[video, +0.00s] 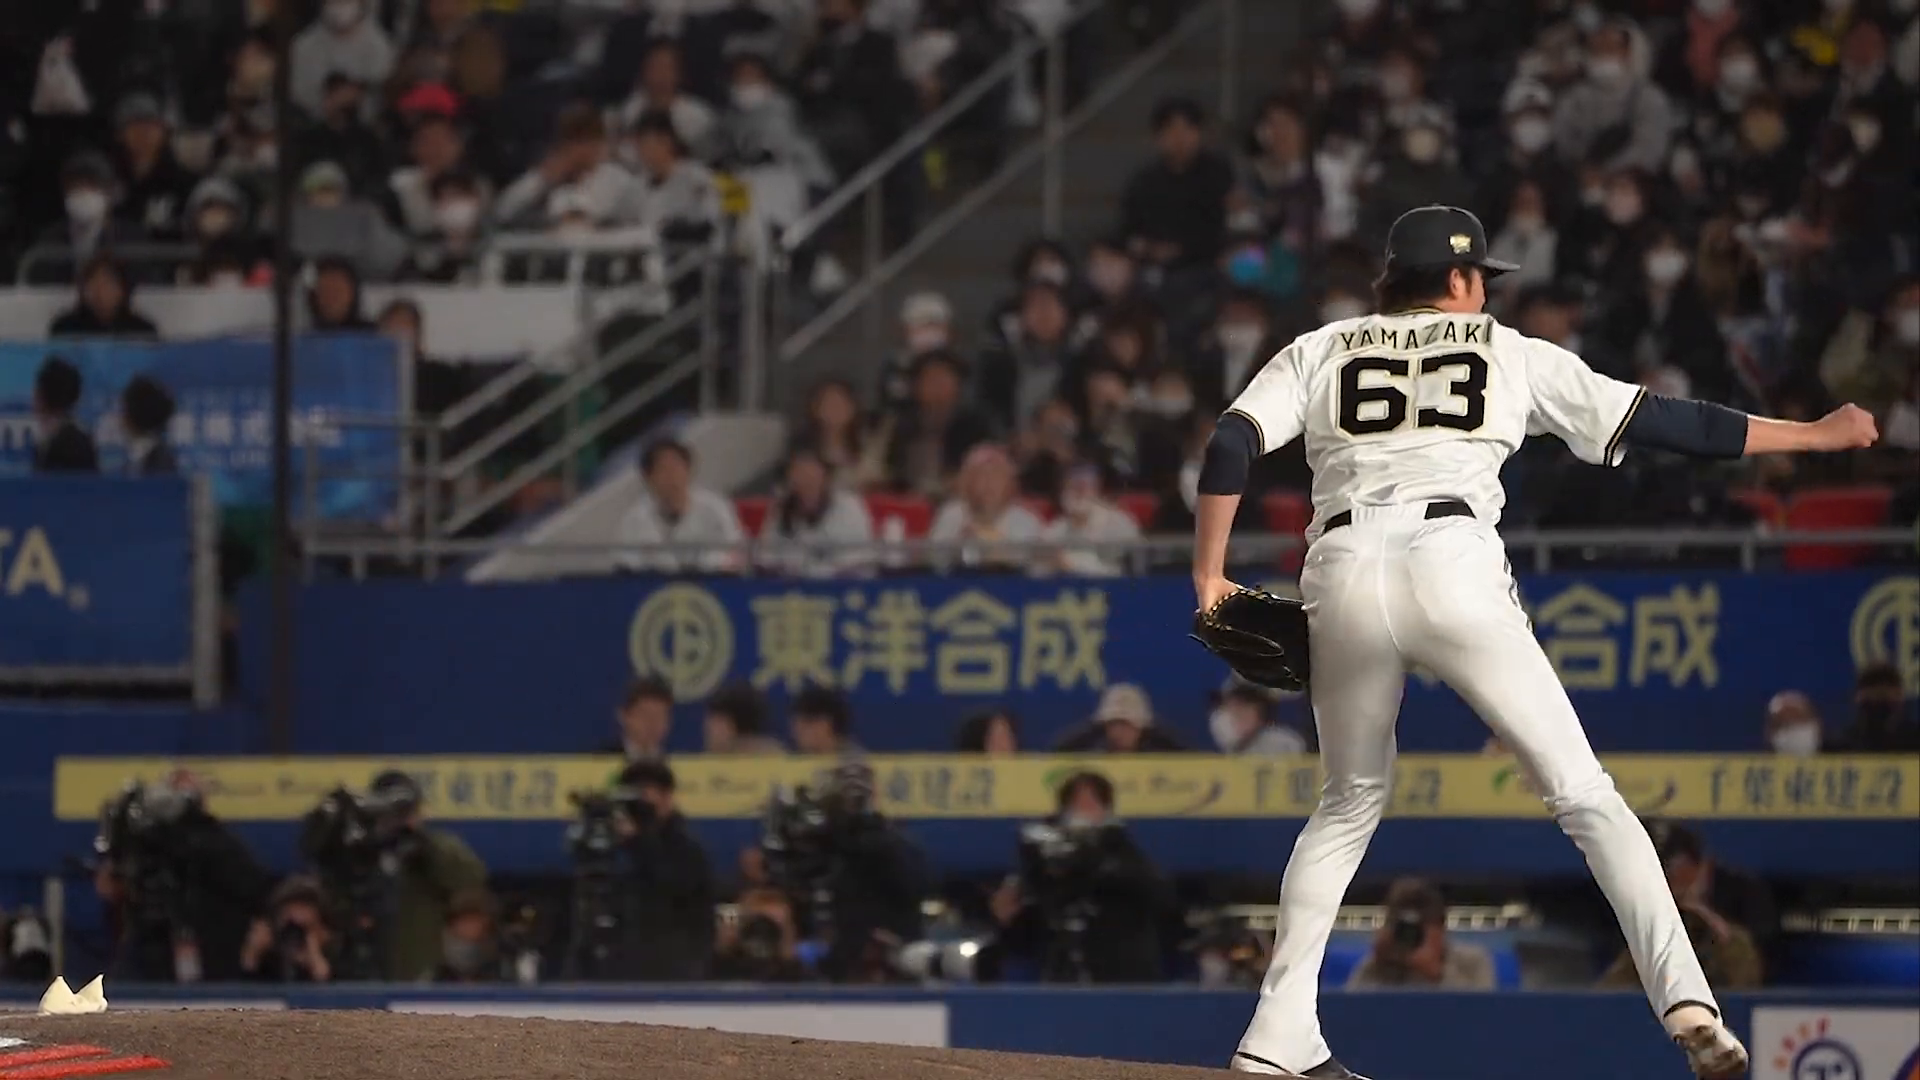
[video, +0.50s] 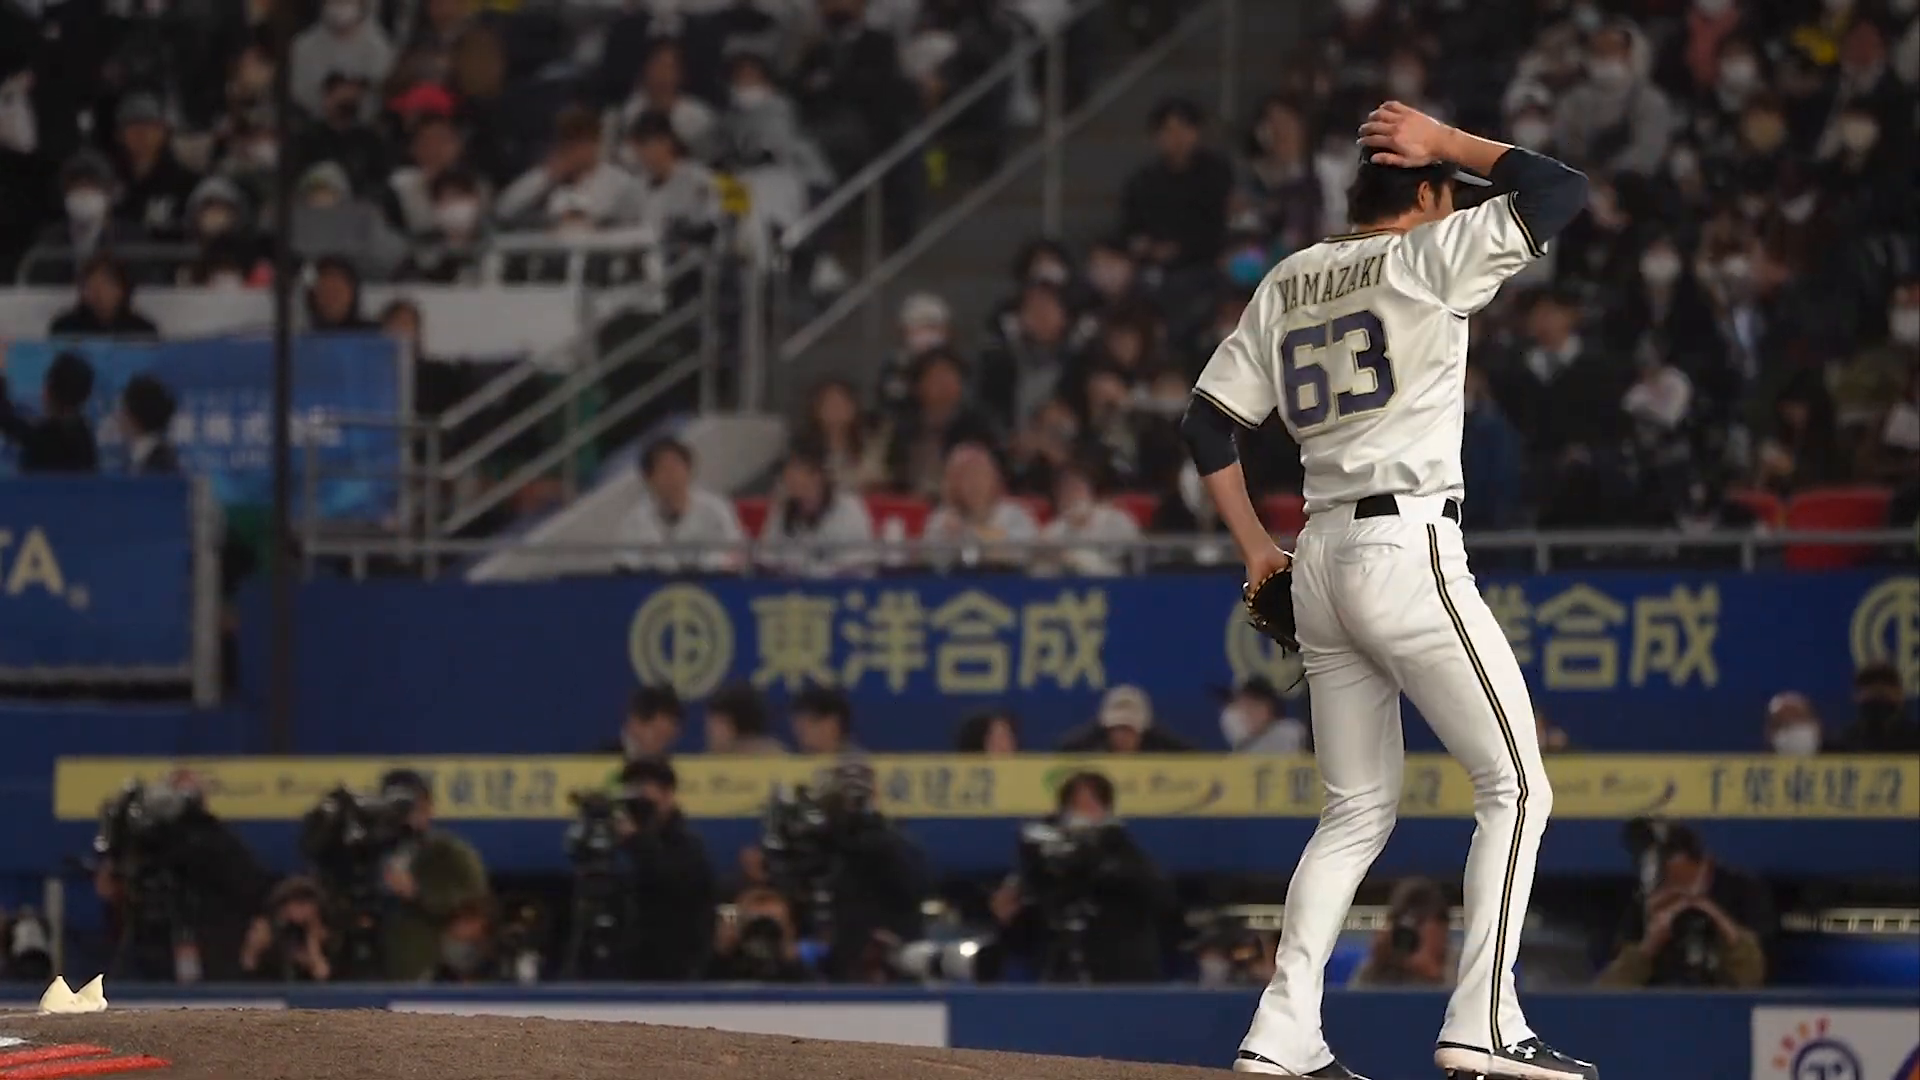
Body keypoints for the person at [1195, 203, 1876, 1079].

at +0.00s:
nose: (1486, 287)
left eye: (1480, 273)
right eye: (1480, 274)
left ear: (1392, 280)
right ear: (1462, 279)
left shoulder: (1322, 347)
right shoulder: (1513, 351)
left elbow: (1229, 444)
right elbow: (1665, 421)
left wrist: (1208, 576)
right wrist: (1816, 435)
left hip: (1338, 564)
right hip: (1455, 556)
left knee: (1345, 804)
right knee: (1581, 795)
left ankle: (1278, 1035)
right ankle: (1685, 1000)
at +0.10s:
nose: (1518, 317)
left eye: (1511, 305)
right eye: (1510, 305)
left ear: (1431, 317)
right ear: (1495, 314)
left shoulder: (1371, 395)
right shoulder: (1555, 377)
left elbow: (1286, 490)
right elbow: (1718, 384)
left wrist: (1278, 621)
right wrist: (1831, 311)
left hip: (1399, 630)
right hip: (1518, 628)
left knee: (1388, 829)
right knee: (1610, 871)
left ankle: (1283, 1026)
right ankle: (1688, 1064)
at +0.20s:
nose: (1536, 312)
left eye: (1529, 297)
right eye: (1532, 298)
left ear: (1443, 310)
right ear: (1515, 304)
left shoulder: (1389, 399)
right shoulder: (1572, 371)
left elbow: (1305, 510)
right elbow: (1735, 355)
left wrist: (1305, 631)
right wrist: (1750, 251)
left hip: (1412, 636)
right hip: (1529, 639)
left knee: (1419, 842)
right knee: (1645, 870)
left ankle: (1295, 1014)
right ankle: (1691, 1064)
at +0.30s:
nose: (1520, 243)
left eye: (1515, 227)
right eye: (1516, 228)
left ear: (1430, 235)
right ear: (1499, 234)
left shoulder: (1359, 328)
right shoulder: (1539, 303)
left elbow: (1272, 445)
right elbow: (1696, 283)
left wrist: (1297, 568)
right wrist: (1638, 181)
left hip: (1383, 584)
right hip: (1492, 582)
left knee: (1415, 816)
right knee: (1598, 832)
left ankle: (1295, 1009)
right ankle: (1684, 1051)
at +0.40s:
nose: (1493, 211)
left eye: (1491, 193)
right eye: (1488, 195)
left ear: (1400, 190)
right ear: (1466, 193)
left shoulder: (1322, 273)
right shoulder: (1486, 256)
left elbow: (1233, 403)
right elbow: (1632, 212)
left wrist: (1277, 533)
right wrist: (1534, 140)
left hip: (1347, 557)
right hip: (1450, 547)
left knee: (1389, 800)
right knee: (1553, 784)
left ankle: (1294, 1013)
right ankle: (1602, 1026)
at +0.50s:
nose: (1457, 231)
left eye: (1453, 212)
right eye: (1451, 213)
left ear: (1362, 202)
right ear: (1427, 202)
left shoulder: (1287, 283)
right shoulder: (1431, 260)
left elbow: (1210, 417)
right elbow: (1560, 187)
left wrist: (1256, 549)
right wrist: (1450, 141)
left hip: (1318, 564)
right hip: (1409, 558)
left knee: (1355, 812)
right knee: (1517, 786)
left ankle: (1283, 1034)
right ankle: (1484, 1024)